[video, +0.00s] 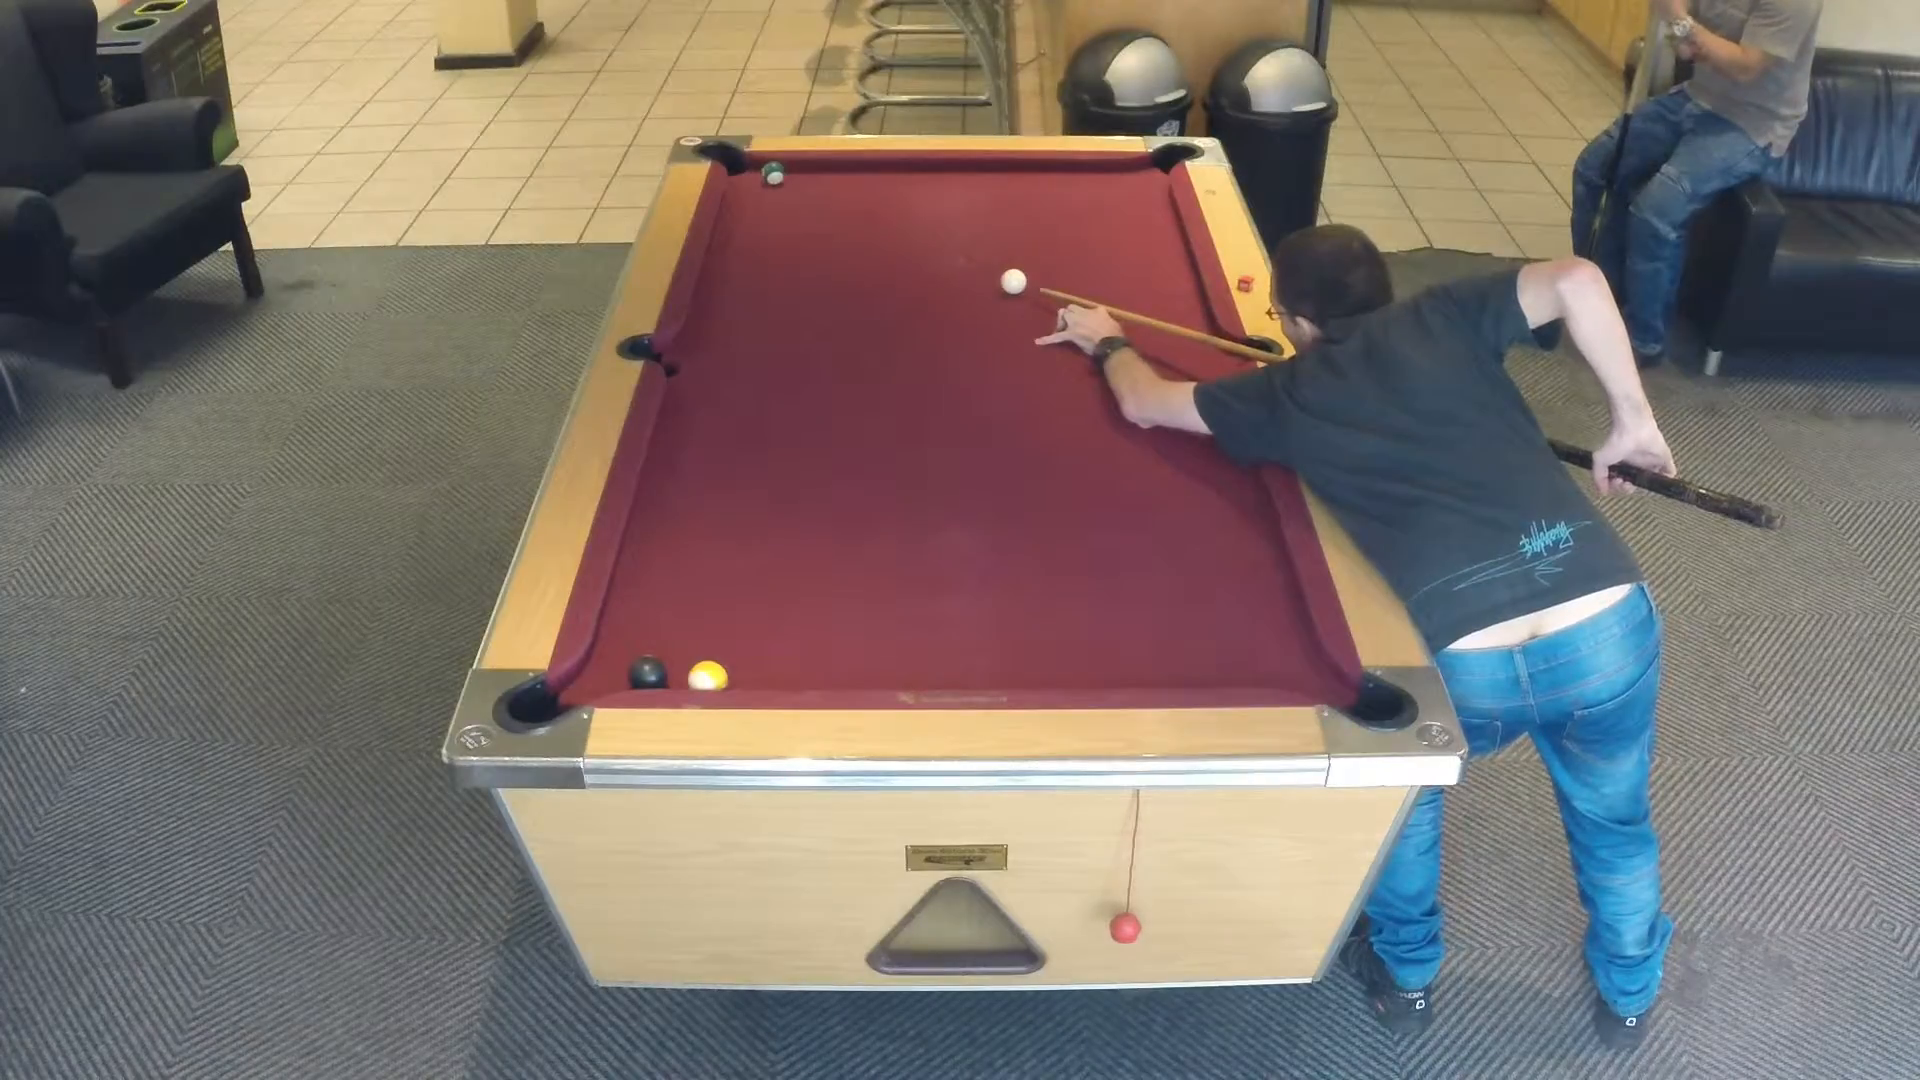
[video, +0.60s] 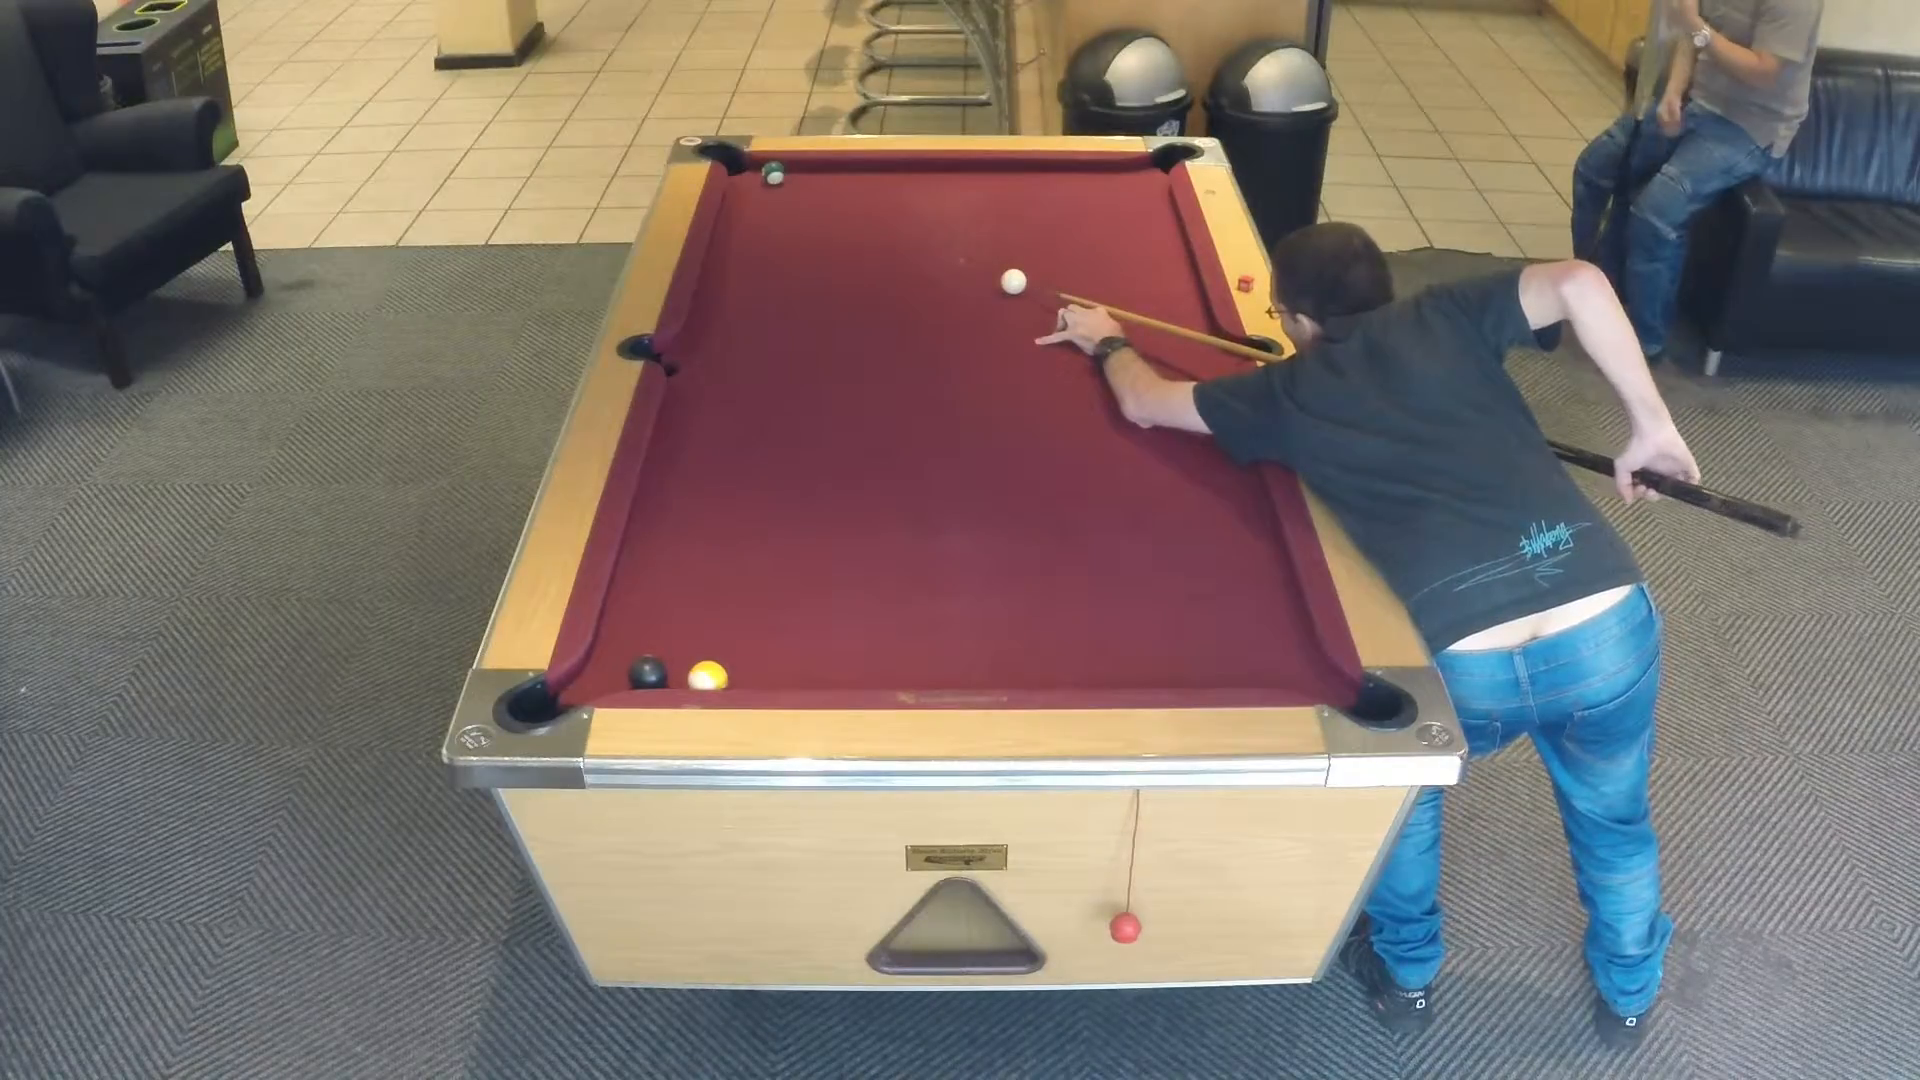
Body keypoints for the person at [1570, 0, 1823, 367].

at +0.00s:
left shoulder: (1793, 6)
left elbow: (1745, 67)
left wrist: (1680, 20)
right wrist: (1689, 39)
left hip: (1750, 126)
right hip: (1694, 98)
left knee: (1653, 210)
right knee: (1593, 168)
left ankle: (1644, 341)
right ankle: (1591, 302)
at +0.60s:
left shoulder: (1795, 6)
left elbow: (1766, 73)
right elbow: (1689, 35)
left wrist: (1696, 27)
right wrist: (1674, 92)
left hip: (1749, 126)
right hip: (1691, 103)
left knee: (1655, 210)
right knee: (1594, 169)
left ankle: (1644, 345)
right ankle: (1590, 299)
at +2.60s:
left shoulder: (1792, 6)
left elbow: (1770, 76)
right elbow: (1686, 41)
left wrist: (1703, 28)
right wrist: (1665, 106)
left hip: (1746, 128)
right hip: (1689, 103)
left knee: (1653, 211)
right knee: (1595, 168)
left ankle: (1643, 342)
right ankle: (1592, 300)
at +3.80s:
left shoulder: (1741, 6)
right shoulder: (1666, 5)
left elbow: (1734, 77)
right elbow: (1657, 51)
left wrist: (1667, 34)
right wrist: (1647, 112)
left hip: (1742, 122)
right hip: (1682, 107)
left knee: (1649, 212)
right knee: (1590, 171)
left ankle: (1636, 343)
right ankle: (1592, 309)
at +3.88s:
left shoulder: (1728, 6)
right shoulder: (1650, 5)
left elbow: (1725, 79)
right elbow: (1648, 45)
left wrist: (1652, 49)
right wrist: (1640, 109)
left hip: (1738, 114)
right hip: (1678, 101)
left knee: (1646, 213)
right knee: (1591, 172)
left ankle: (1634, 343)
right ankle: (1593, 307)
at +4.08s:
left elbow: (1694, 67)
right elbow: (1620, 11)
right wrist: (1607, 89)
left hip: (1718, 93)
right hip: (1659, 79)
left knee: (1639, 221)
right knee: (1593, 176)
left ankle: (1634, 344)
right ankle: (1594, 304)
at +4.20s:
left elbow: (1686, 47)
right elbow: (1606, 6)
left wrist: (1632, 126)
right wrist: (1584, 60)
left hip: (1699, 87)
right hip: (1643, 70)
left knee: (1636, 222)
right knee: (1591, 179)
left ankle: (1640, 336)